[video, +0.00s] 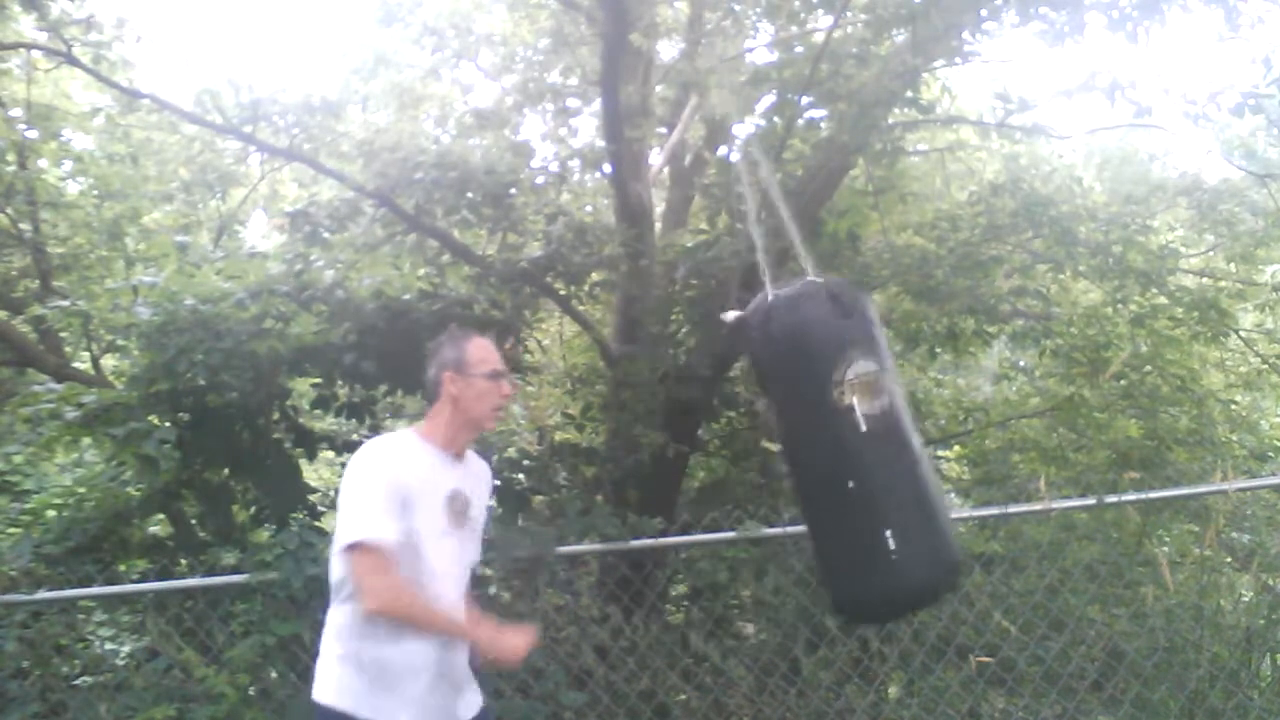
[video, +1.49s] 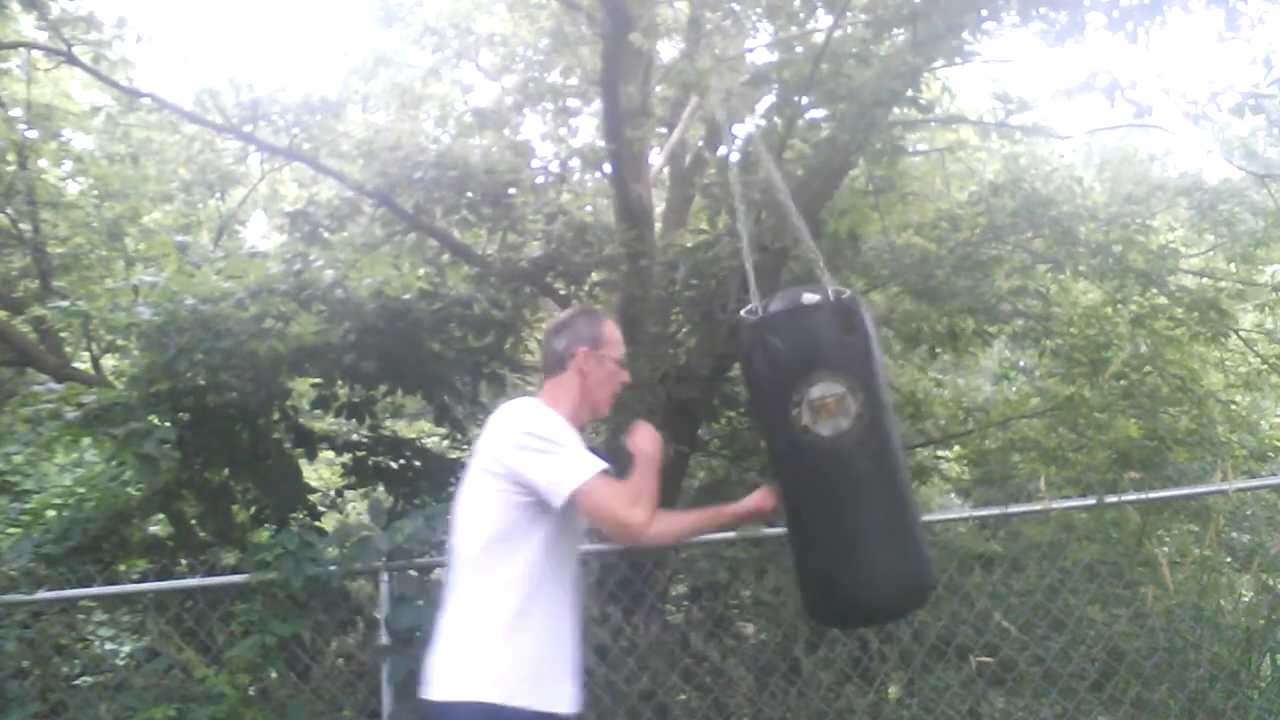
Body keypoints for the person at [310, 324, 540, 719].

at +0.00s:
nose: (508, 391)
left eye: (507, 378)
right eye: (494, 377)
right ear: (451, 384)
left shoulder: (478, 476)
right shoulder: (378, 462)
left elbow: (450, 584)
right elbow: (377, 592)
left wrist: (486, 633)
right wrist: (483, 633)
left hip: (448, 701)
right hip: (366, 702)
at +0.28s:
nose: (538, 392)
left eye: (538, 378)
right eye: (525, 378)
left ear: (486, 384)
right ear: (478, 382)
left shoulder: (526, 469)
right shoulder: (399, 461)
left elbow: (600, 533)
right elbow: (314, 572)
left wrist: (653, 517)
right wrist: (387, 657)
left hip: (484, 695)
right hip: (382, 699)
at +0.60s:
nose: (594, 357)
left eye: (593, 345)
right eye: (580, 344)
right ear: (539, 351)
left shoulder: (589, 443)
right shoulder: (495, 424)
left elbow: (667, 492)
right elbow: (460, 515)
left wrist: (749, 450)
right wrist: (568, 571)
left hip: (568, 674)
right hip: (491, 669)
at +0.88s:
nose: (595, 360)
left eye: (596, 348)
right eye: (584, 346)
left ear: (566, 357)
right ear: (541, 347)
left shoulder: (573, 446)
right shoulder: (496, 404)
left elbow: (651, 507)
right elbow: (394, 476)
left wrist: (729, 475)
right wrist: (301, 557)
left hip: (572, 641)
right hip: (561, 606)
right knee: (737, 534)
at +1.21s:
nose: (617, 351)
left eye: (615, 339)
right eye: (603, 338)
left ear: (569, 348)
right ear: (563, 346)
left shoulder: (576, 435)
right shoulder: (520, 416)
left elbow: (600, 554)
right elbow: (478, 524)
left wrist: (673, 538)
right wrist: (600, 559)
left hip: (604, 653)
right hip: (565, 662)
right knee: (675, 709)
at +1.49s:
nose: (626, 379)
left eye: (626, 365)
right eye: (619, 362)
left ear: (584, 363)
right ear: (583, 361)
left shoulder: (554, 440)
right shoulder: (523, 424)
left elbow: (642, 529)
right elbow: (630, 519)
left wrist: (741, 510)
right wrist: (648, 455)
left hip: (528, 695)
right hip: (490, 694)